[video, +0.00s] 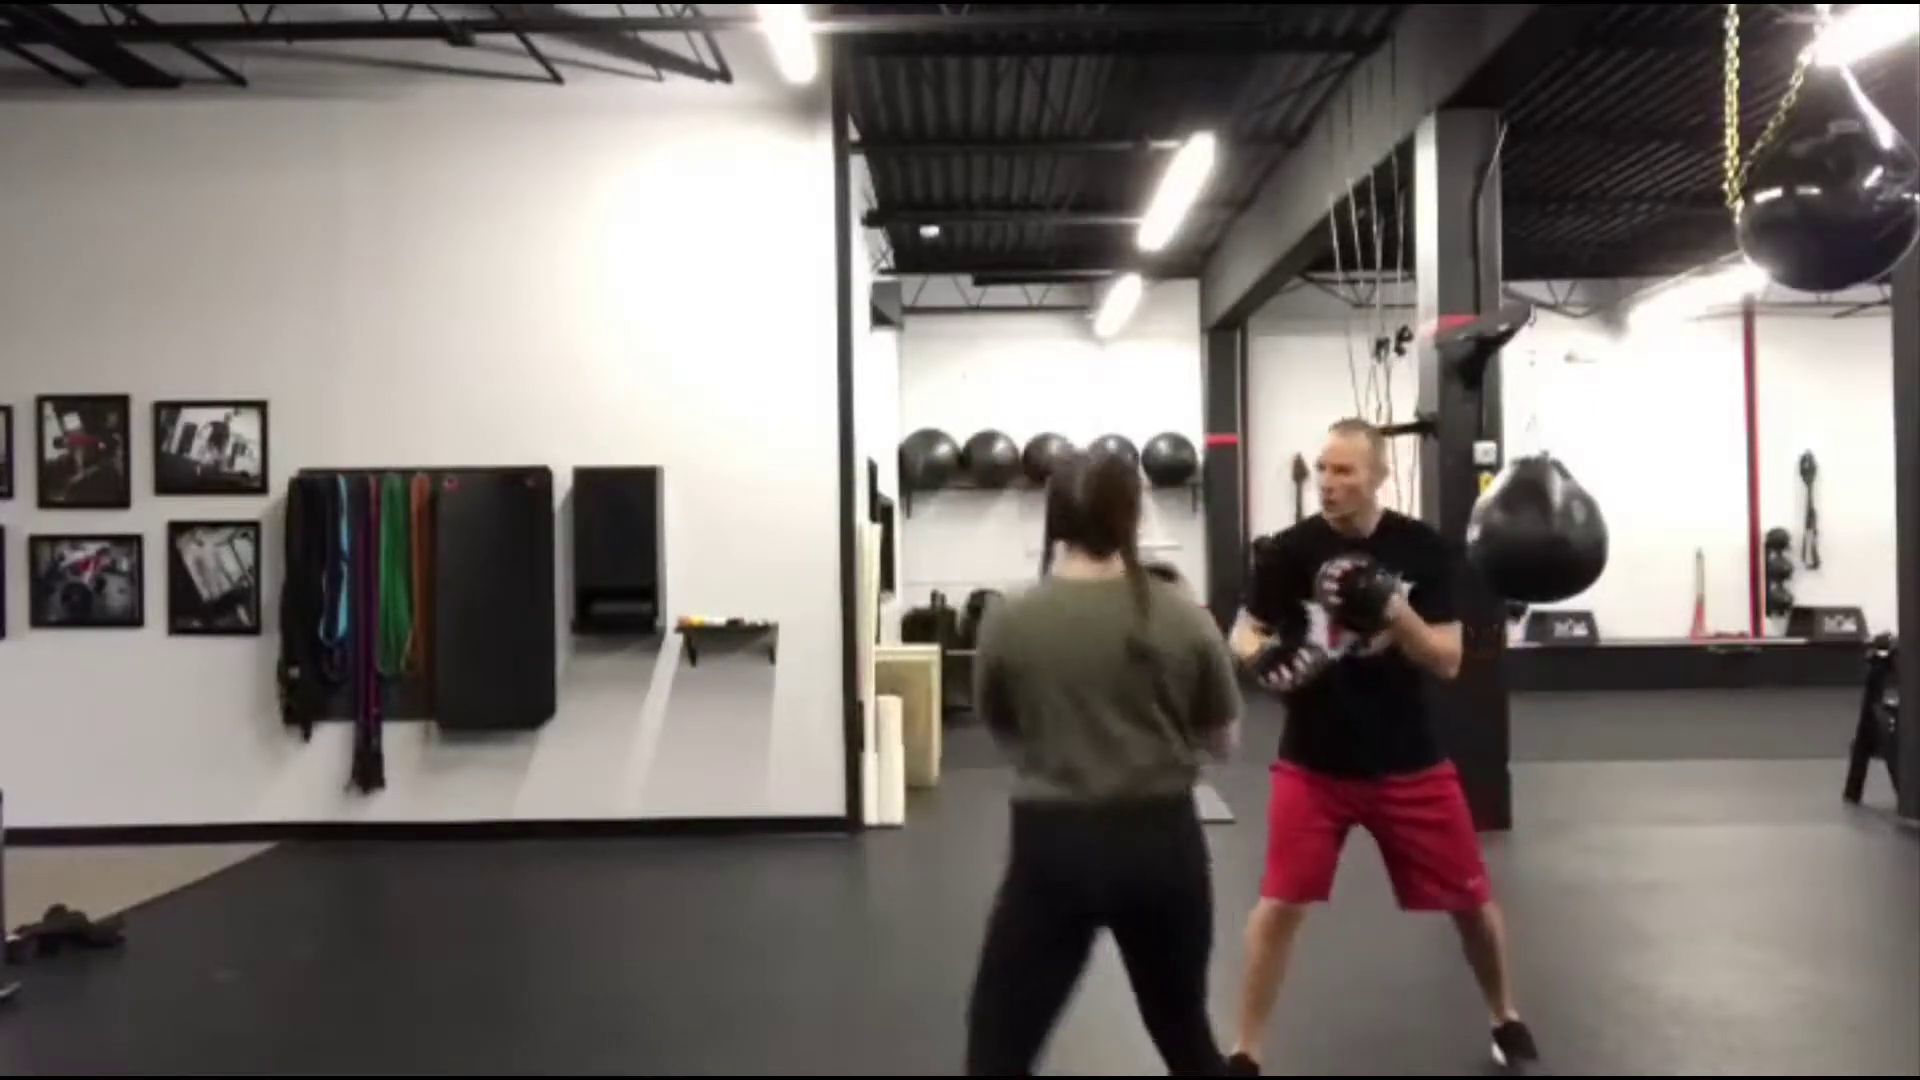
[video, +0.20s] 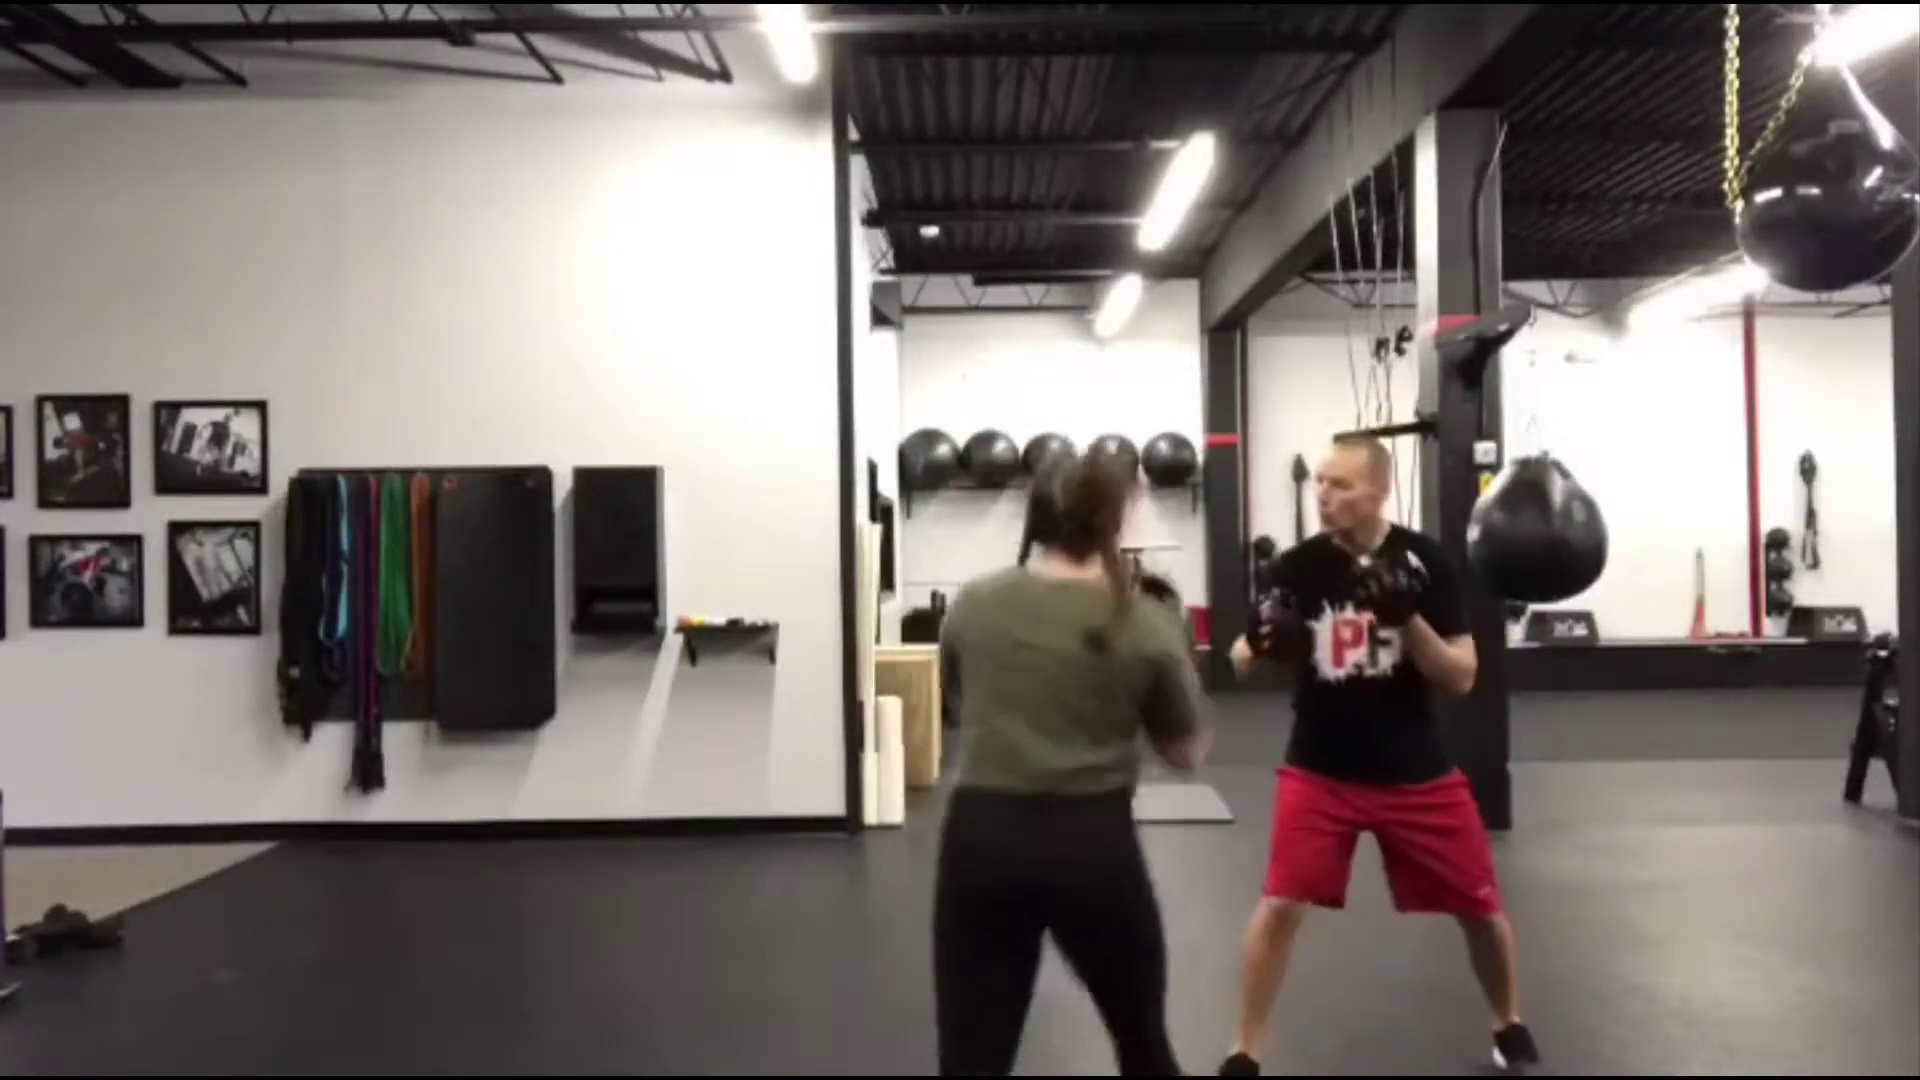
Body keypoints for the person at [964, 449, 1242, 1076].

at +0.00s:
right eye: (1135, 503)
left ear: (1056, 517)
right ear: (1134, 515)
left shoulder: (1013, 617)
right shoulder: (1178, 614)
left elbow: (1001, 725)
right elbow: (1219, 728)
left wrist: (1071, 733)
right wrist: (1147, 721)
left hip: (1053, 853)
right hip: (1161, 849)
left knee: (999, 1043)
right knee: (1182, 1025)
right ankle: (1217, 1070)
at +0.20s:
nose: (1131, 518)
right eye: (1126, 509)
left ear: (1035, 517)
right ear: (1113, 522)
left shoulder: (975, 605)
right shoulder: (1146, 624)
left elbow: (961, 705)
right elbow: (1182, 743)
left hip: (983, 842)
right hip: (1093, 848)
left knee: (972, 1058)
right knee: (1143, 1043)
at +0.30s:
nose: (1112, 569)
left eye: (1106, 558)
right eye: (1108, 559)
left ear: (1023, 563)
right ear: (1100, 572)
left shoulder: (964, 646)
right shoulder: (1123, 676)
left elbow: (942, 739)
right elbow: (1155, 811)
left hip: (956, 890)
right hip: (1068, 902)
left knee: (956, 1066)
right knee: (1130, 1062)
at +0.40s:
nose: (1108, 568)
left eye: (1105, 556)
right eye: (1104, 557)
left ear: (1018, 559)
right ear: (1092, 566)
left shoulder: (961, 644)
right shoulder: (1119, 667)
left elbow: (939, 739)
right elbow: (1169, 773)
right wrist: (1176, 706)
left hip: (960, 897)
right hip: (1070, 902)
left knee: (952, 1063)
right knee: (1135, 1019)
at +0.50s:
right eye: (1103, 519)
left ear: (1021, 525)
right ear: (1099, 528)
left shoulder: (972, 619)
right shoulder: (1139, 624)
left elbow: (947, 708)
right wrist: (1235, 630)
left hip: (999, 862)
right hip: (1109, 862)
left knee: (978, 1057)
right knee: (1155, 1034)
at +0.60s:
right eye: (1115, 507)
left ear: (1040, 523)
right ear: (1116, 518)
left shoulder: (1008, 617)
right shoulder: (1173, 600)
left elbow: (960, 710)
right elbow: (1300, 641)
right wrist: (1261, 587)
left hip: (1049, 848)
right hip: (1155, 840)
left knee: (999, 1051)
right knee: (1178, 1029)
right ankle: (1220, 1074)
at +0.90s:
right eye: (1201, 503)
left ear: (1126, 510)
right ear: (1203, 514)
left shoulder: (1085, 592)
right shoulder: (1245, 590)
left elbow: (1003, 652)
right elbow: (1301, 649)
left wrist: (1061, 578)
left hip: (1107, 819)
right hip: (1213, 818)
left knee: (1040, 1038)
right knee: (1212, 1027)